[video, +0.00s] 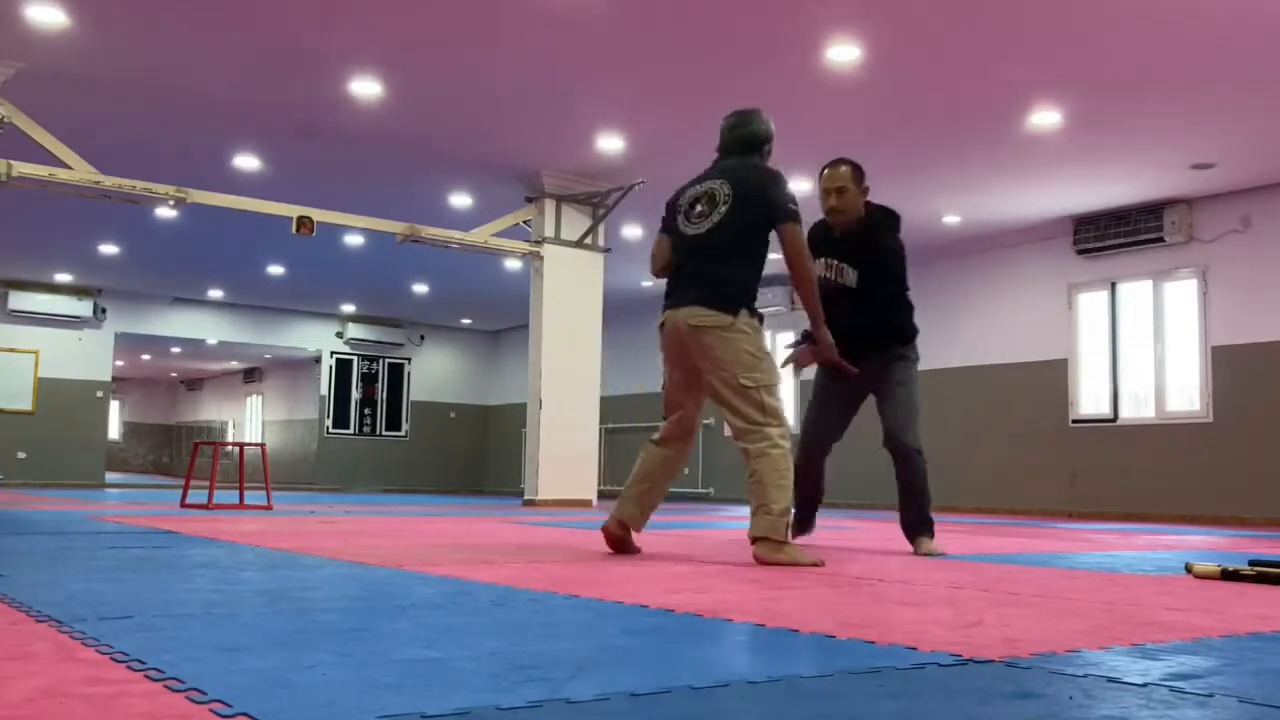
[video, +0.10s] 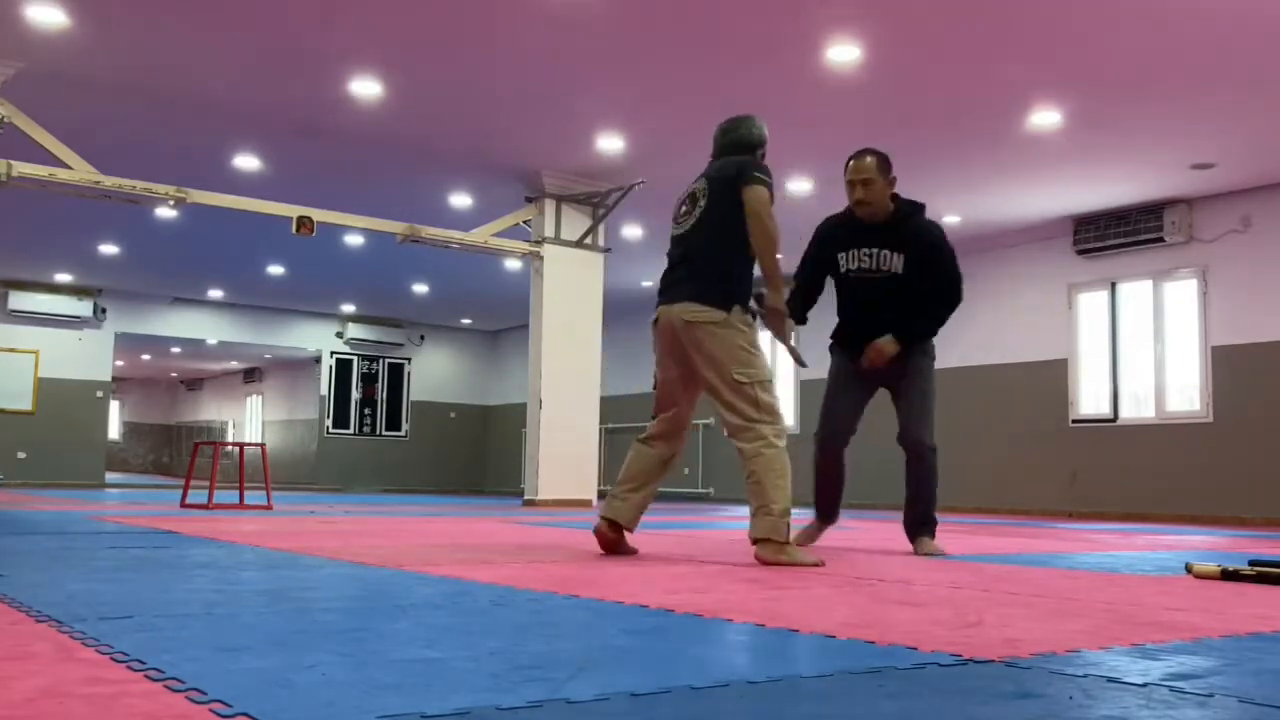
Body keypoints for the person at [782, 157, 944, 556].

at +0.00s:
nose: (832, 200)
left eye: (841, 192)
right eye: (826, 193)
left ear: (863, 193)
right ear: (819, 196)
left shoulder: (882, 237)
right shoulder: (818, 237)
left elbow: (885, 314)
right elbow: (826, 296)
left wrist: (822, 347)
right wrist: (814, 335)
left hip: (892, 355)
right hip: (841, 355)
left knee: (904, 442)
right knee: (810, 445)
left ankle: (922, 535)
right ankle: (801, 524)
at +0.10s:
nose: (858, 193)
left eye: (866, 184)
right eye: (851, 185)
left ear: (890, 185)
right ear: (845, 187)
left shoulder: (922, 232)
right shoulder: (832, 232)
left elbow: (949, 294)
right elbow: (807, 285)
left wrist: (900, 338)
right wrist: (788, 315)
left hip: (910, 350)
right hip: (853, 348)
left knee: (918, 441)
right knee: (829, 437)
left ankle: (923, 534)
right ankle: (824, 517)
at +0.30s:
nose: (866, 184)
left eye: (875, 175)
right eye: (860, 177)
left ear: (900, 177)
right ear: (853, 182)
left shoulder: (935, 225)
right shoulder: (843, 235)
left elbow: (967, 280)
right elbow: (823, 297)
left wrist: (928, 293)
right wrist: (799, 352)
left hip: (928, 350)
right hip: (870, 351)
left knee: (930, 443)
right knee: (861, 430)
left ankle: (920, 533)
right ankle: (890, 535)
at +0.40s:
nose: (852, 171)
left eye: (861, 160)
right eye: (847, 162)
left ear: (890, 160)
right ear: (843, 166)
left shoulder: (923, 206)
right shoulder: (839, 221)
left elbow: (938, 259)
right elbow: (821, 288)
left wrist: (886, 245)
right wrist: (801, 353)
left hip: (926, 341)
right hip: (868, 344)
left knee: (941, 442)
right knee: (866, 430)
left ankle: (925, 521)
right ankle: (897, 535)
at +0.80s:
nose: (801, 170)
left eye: (804, 159)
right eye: (800, 161)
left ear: (830, 152)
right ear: (833, 153)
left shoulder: (869, 185)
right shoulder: (859, 194)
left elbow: (859, 270)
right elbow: (894, 277)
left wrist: (838, 262)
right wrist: (860, 326)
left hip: (944, 309)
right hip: (915, 317)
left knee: (900, 420)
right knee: (877, 431)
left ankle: (939, 550)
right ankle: (905, 539)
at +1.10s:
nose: (800, 191)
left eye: (802, 178)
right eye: (797, 181)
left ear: (826, 166)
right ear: (828, 170)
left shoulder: (893, 180)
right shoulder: (835, 234)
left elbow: (966, 202)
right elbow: (788, 268)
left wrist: (910, 267)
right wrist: (721, 286)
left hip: (959, 320)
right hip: (938, 331)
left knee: (879, 419)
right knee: (961, 453)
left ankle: (934, 551)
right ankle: (1045, 542)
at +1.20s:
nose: (801, 184)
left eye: (802, 170)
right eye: (799, 173)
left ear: (824, 157)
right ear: (830, 160)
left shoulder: (888, 180)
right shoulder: (848, 223)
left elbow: (932, 241)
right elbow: (814, 282)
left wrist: (862, 282)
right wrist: (748, 308)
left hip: (950, 318)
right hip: (942, 324)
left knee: (875, 423)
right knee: (947, 448)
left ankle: (935, 550)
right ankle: (1039, 537)